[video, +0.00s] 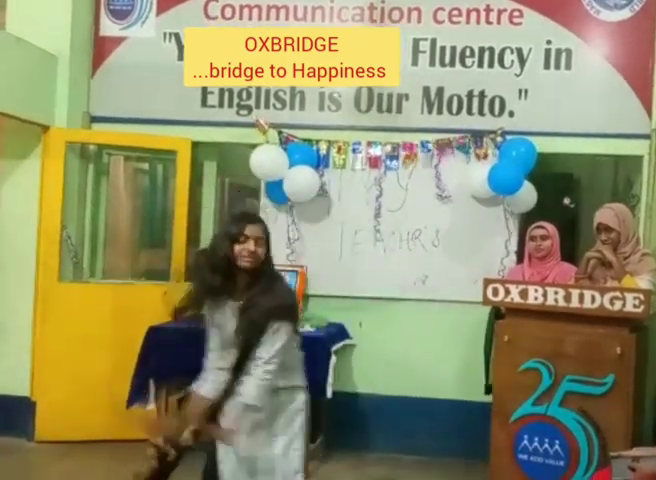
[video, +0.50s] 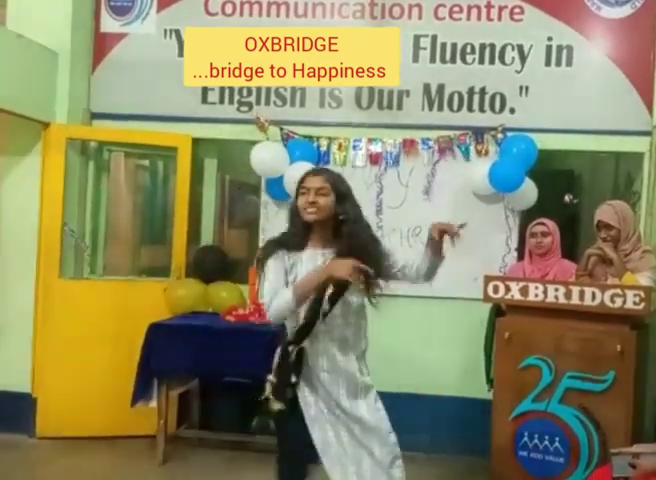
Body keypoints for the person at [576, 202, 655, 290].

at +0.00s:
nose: (603, 237)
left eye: (609, 230)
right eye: (599, 231)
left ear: (624, 230)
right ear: (595, 232)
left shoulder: (645, 262)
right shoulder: (593, 259)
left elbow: (641, 296)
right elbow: (577, 290)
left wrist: (614, 261)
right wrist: (585, 262)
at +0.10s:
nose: (602, 238)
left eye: (609, 230)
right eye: (598, 230)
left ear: (625, 229)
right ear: (595, 231)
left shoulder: (644, 260)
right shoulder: (593, 258)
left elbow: (641, 296)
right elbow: (576, 290)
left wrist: (614, 260)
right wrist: (585, 262)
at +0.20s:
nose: (602, 236)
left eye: (609, 228)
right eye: (599, 229)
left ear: (625, 228)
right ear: (595, 230)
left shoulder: (646, 260)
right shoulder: (593, 257)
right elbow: (577, 288)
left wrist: (615, 259)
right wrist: (586, 259)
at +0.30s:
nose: (602, 236)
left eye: (609, 228)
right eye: (599, 229)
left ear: (625, 228)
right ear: (595, 230)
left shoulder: (646, 259)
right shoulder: (593, 256)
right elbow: (577, 287)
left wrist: (615, 259)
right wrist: (586, 258)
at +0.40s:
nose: (602, 236)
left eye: (609, 228)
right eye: (599, 229)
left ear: (625, 228)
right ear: (595, 229)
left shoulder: (646, 259)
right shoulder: (594, 256)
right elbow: (577, 287)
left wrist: (615, 259)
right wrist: (586, 258)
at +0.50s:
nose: (602, 235)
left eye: (609, 228)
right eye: (599, 228)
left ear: (625, 227)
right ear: (595, 229)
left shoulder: (646, 259)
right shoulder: (593, 256)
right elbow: (576, 287)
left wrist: (615, 258)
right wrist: (585, 260)